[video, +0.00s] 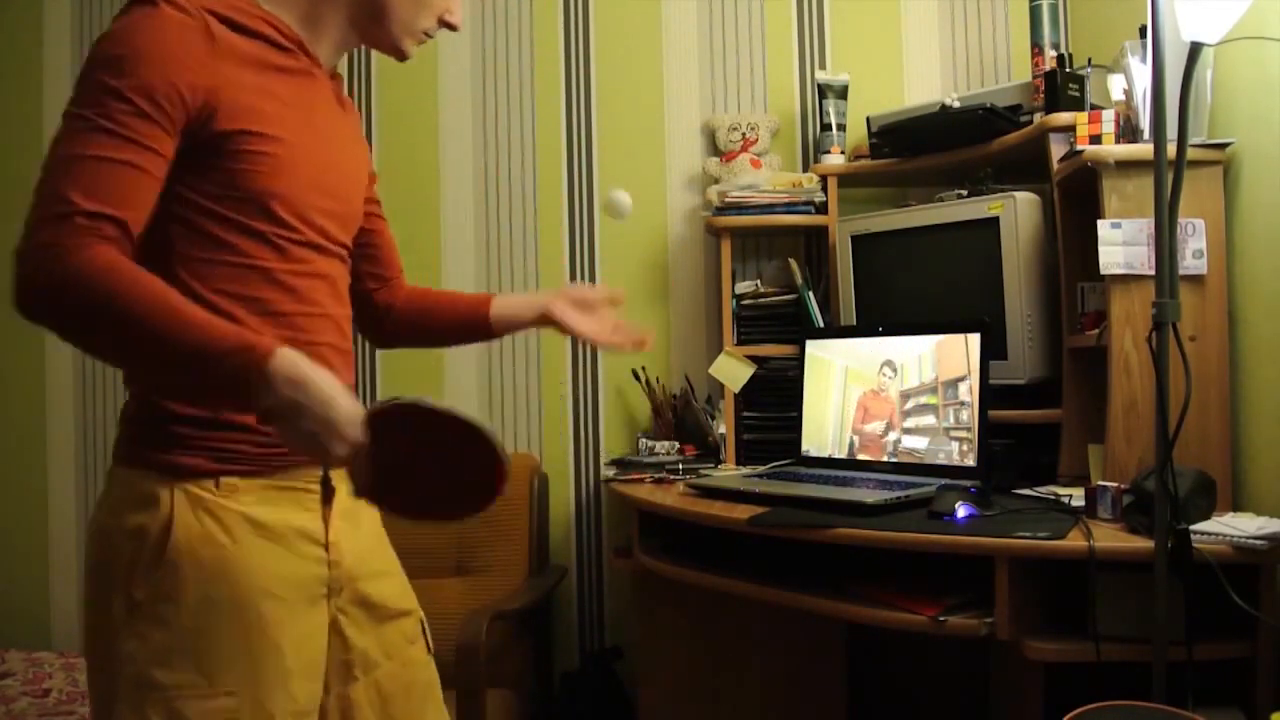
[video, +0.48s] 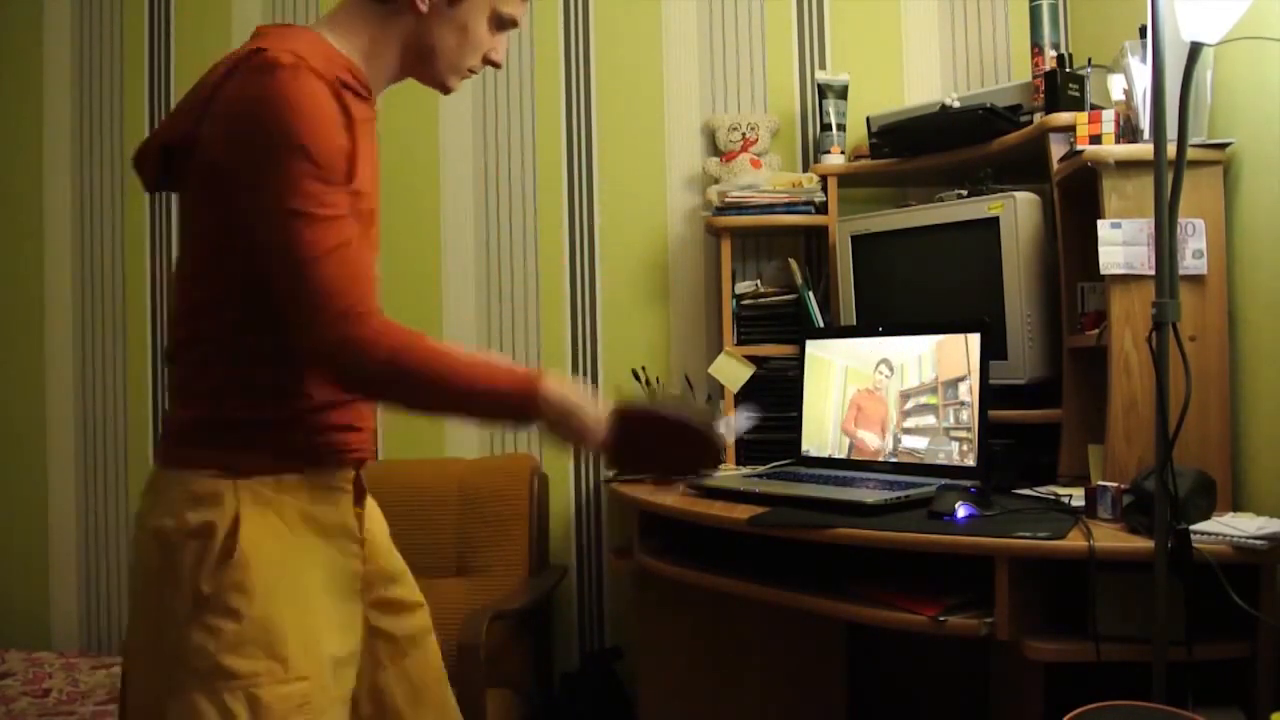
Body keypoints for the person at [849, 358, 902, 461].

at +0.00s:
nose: (885, 380)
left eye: (890, 378)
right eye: (883, 375)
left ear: (893, 380)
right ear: (878, 374)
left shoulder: (891, 402)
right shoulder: (865, 398)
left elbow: (896, 428)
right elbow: (855, 428)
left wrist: (891, 436)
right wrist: (871, 428)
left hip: (882, 452)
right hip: (865, 450)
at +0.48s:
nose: (882, 378)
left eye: (886, 376)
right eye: (880, 373)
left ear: (889, 380)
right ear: (874, 372)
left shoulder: (884, 402)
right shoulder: (859, 396)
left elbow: (885, 428)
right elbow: (846, 426)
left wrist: (886, 441)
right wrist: (864, 436)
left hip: (878, 457)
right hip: (859, 455)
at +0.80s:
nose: (880, 379)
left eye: (885, 377)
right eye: (878, 373)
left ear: (888, 380)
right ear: (873, 372)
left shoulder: (883, 405)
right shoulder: (857, 396)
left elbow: (884, 430)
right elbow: (842, 426)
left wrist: (889, 440)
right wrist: (861, 442)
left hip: (876, 457)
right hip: (857, 456)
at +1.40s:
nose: (882, 382)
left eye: (886, 380)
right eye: (880, 376)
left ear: (889, 383)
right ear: (874, 374)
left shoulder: (882, 404)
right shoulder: (858, 396)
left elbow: (881, 436)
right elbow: (842, 423)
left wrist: (888, 448)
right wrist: (861, 431)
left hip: (875, 456)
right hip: (856, 454)